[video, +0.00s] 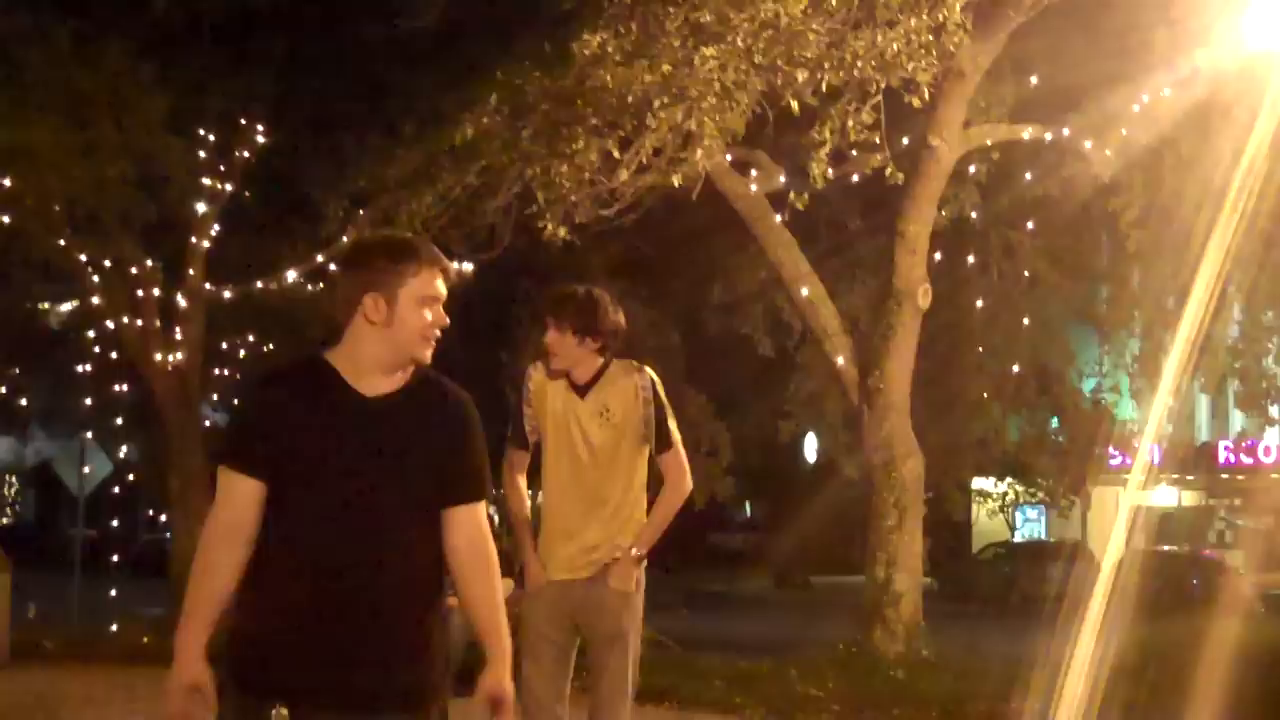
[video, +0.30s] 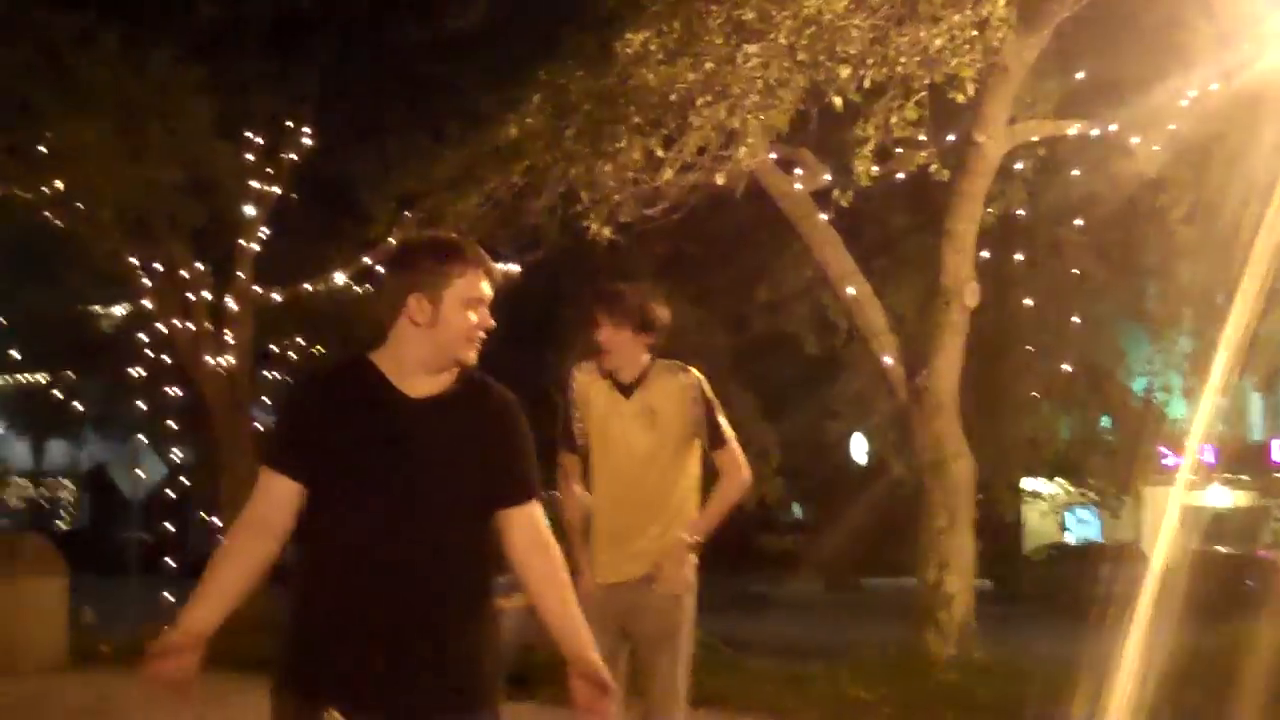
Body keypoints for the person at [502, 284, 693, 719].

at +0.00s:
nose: (547, 338)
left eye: (558, 330)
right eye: (548, 328)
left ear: (591, 341)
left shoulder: (639, 384)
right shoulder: (539, 383)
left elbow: (679, 481)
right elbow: (514, 471)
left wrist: (634, 556)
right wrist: (528, 557)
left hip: (614, 578)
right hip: (548, 578)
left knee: (611, 709)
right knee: (539, 707)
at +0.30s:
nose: (598, 336)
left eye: (610, 326)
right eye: (598, 325)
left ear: (643, 335)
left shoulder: (686, 384)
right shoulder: (584, 383)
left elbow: (737, 473)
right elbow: (569, 478)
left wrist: (690, 538)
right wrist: (582, 564)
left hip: (666, 576)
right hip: (600, 576)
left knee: (665, 705)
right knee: (597, 704)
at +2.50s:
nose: (848, 371)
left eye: (859, 364)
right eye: (849, 361)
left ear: (887, 378)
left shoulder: (924, 428)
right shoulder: (834, 410)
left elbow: (976, 493)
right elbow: (829, 468)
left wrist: (923, 544)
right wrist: (821, 514)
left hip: (888, 577)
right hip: (830, 567)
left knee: (874, 697)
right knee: (812, 687)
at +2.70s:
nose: (839, 336)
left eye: (850, 330)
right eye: (837, 327)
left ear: (877, 340)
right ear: (832, 329)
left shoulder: (904, 390)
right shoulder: (814, 376)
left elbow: (956, 454)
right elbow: (806, 429)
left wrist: (910, 506)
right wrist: (801, 480)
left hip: (869, 548)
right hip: (810, 540)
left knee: (852, 680)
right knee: (786, 666)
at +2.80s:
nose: (836, 331)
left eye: (848, 323)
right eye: (832, 321)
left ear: (870, 332)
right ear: (823, 325)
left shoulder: (897, 385)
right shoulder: (804, 374)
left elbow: (944, 451)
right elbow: (794, 427)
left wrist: (901, 506)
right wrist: (788, 480)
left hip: (862, 544)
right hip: (802, 536)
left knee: (847, 679)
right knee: (780, 670)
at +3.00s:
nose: (839, 343)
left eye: (850, 334)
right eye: (832, 332)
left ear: (868, 343)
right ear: (819, 339)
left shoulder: (892, 393)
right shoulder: (801, 385)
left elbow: (930, 468)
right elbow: (790, 445)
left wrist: (895, 527)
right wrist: (782, 506)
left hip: (858, 555)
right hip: (800, 547)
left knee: (848, 684)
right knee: (792, 677)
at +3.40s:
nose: (789, 305)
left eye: (799, 296)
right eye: (782, 295)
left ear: (818, 303)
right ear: (772, 303)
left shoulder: (844, 345)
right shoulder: (761, 346)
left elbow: (904, 386)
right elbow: (770, 400)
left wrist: (875, 446)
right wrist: (762, 446)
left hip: (823, 499)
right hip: (769, 494)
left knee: (820, 632)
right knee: (772, 625)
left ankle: (821, 714)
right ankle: (777, 713)